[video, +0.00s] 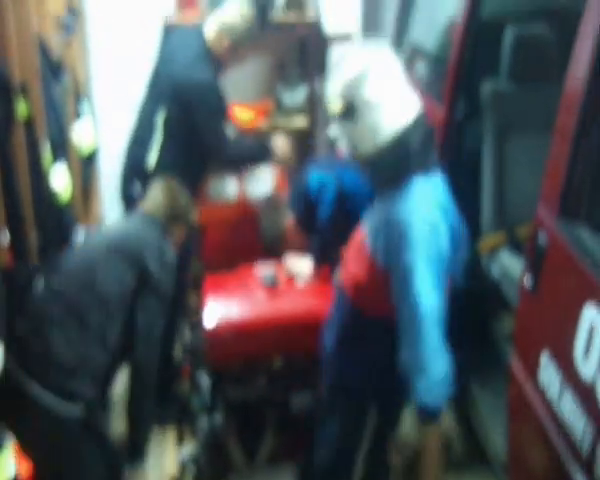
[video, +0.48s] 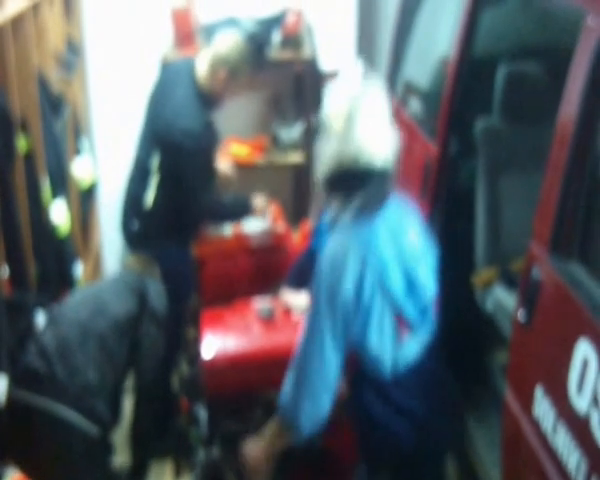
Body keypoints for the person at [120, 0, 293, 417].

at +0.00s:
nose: (241, 55)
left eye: (244, 46)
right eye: (241, 46)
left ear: (214, 26)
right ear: (226, 38)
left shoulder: (180, 42)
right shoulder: (198, 78)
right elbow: (218, 150)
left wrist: (242, 131)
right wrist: (267, 147)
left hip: (144, 183)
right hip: (167, 196)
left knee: (155, 291)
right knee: (170, 298)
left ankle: (155, 387)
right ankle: (161, 397)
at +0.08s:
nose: (238, 65)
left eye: (242, 56)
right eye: (239, 56)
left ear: (216, 33)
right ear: (226, 47)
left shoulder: (181, 48)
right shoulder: (196, 91)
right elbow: (206, 169)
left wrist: (220, 134)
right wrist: (248, 160)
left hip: (148, 189)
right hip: (167, 205)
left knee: (148, 294)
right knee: (166, 308)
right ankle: (154, 408)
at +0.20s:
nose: (238, 79)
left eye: (242, 70)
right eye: (238, 70)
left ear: (217, 44)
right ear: (225, 60)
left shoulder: (180, 61)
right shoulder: (193, 106)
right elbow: (196, 188)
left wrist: (222, 159)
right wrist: (237, 181)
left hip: (150, 208)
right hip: (165, 223)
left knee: (156, 313)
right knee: (168, 320)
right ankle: (157, 418)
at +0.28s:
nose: (236, 87)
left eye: (240, 78)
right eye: (236, 78)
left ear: (215, 45)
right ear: (223, 66)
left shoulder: (177, 65)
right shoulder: (192, 119)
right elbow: (190, 197)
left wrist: (213, 159)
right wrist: (233, 195)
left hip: (144, 209)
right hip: (166, 230)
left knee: (158, 314)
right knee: (170, 326)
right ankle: (156, 421)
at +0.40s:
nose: (236, 91)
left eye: (241, 82)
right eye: (237, 81)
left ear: (213, 52)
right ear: (223, 70)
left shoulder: (178, 72)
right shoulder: (191, 126)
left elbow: (179, 137)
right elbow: (197, 207)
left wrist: (212, 159)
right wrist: (245, 205)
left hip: (145, 220)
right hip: (163, 239)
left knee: (155, 330)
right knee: (167, 341)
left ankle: (150, 427)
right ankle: (153, 441)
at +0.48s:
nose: (239, 91)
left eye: (244, 81)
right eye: (240, 81)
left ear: (212, 55)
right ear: (224, 71)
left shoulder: (176, 74)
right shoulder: (192, 128)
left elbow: (177, 141)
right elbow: (199, 207)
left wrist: (212, 161)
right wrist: (251, 205)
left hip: (143, 224)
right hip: (163, 242)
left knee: (154, 334)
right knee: (165, 346)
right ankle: (152, 448)